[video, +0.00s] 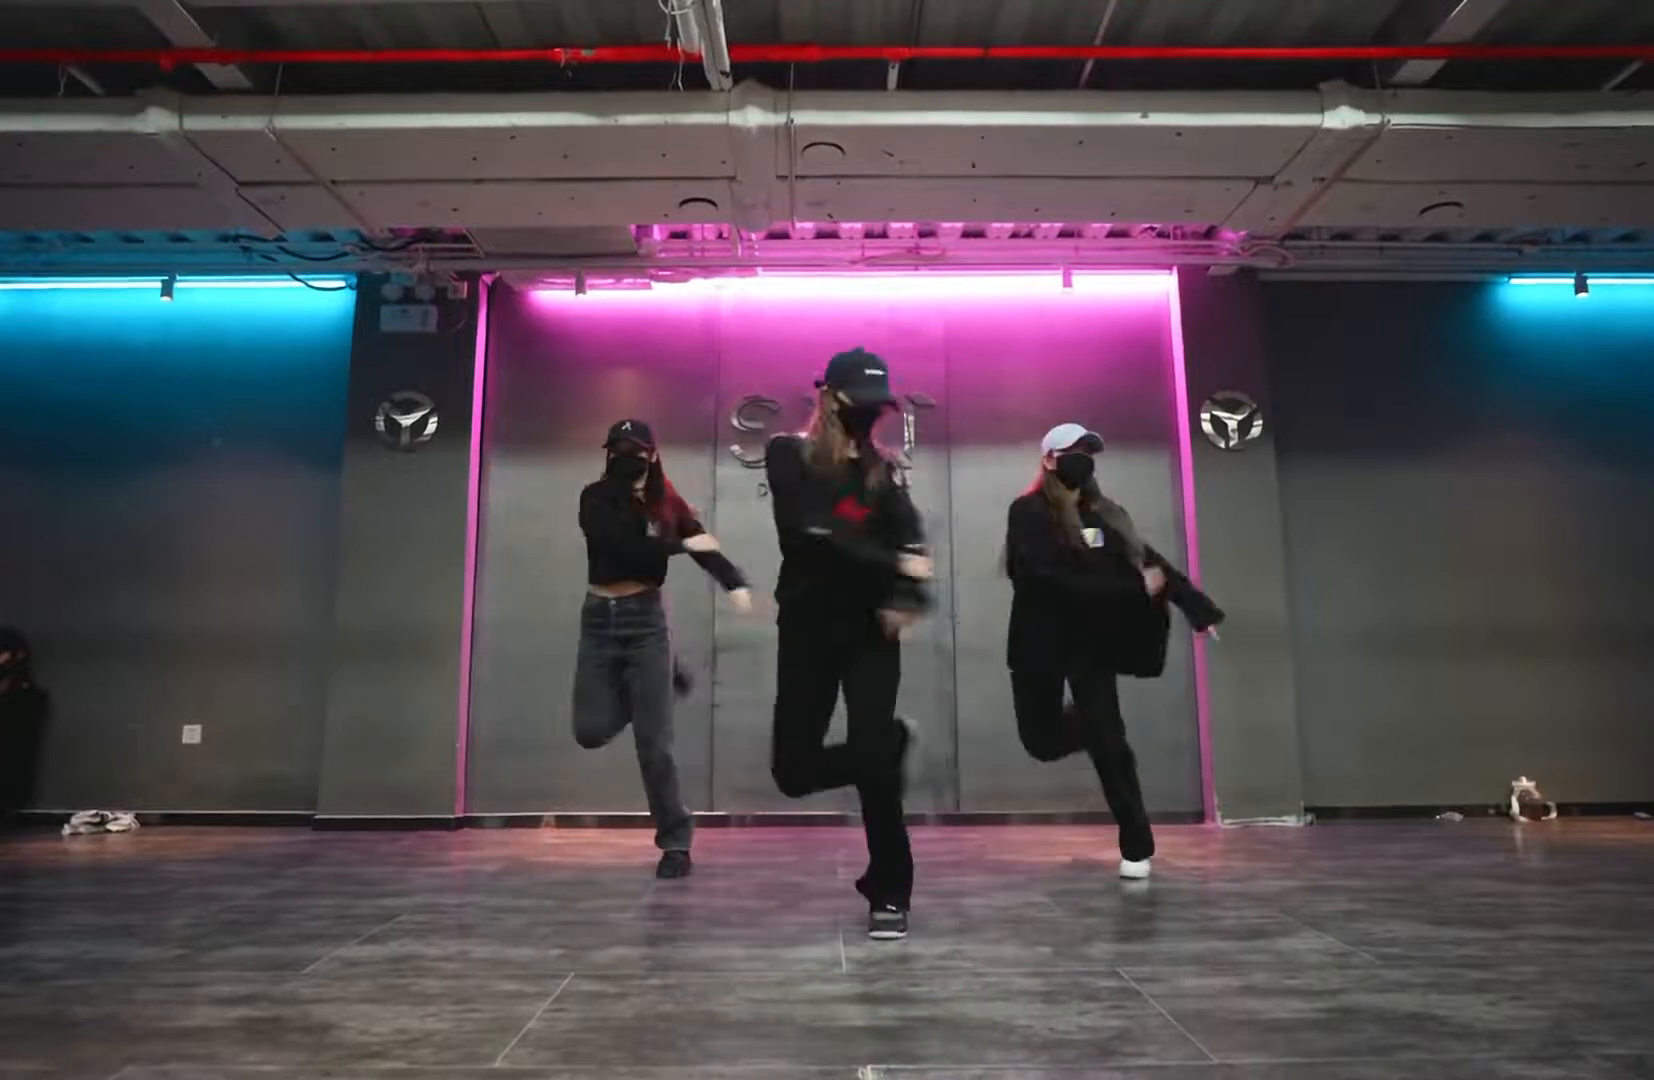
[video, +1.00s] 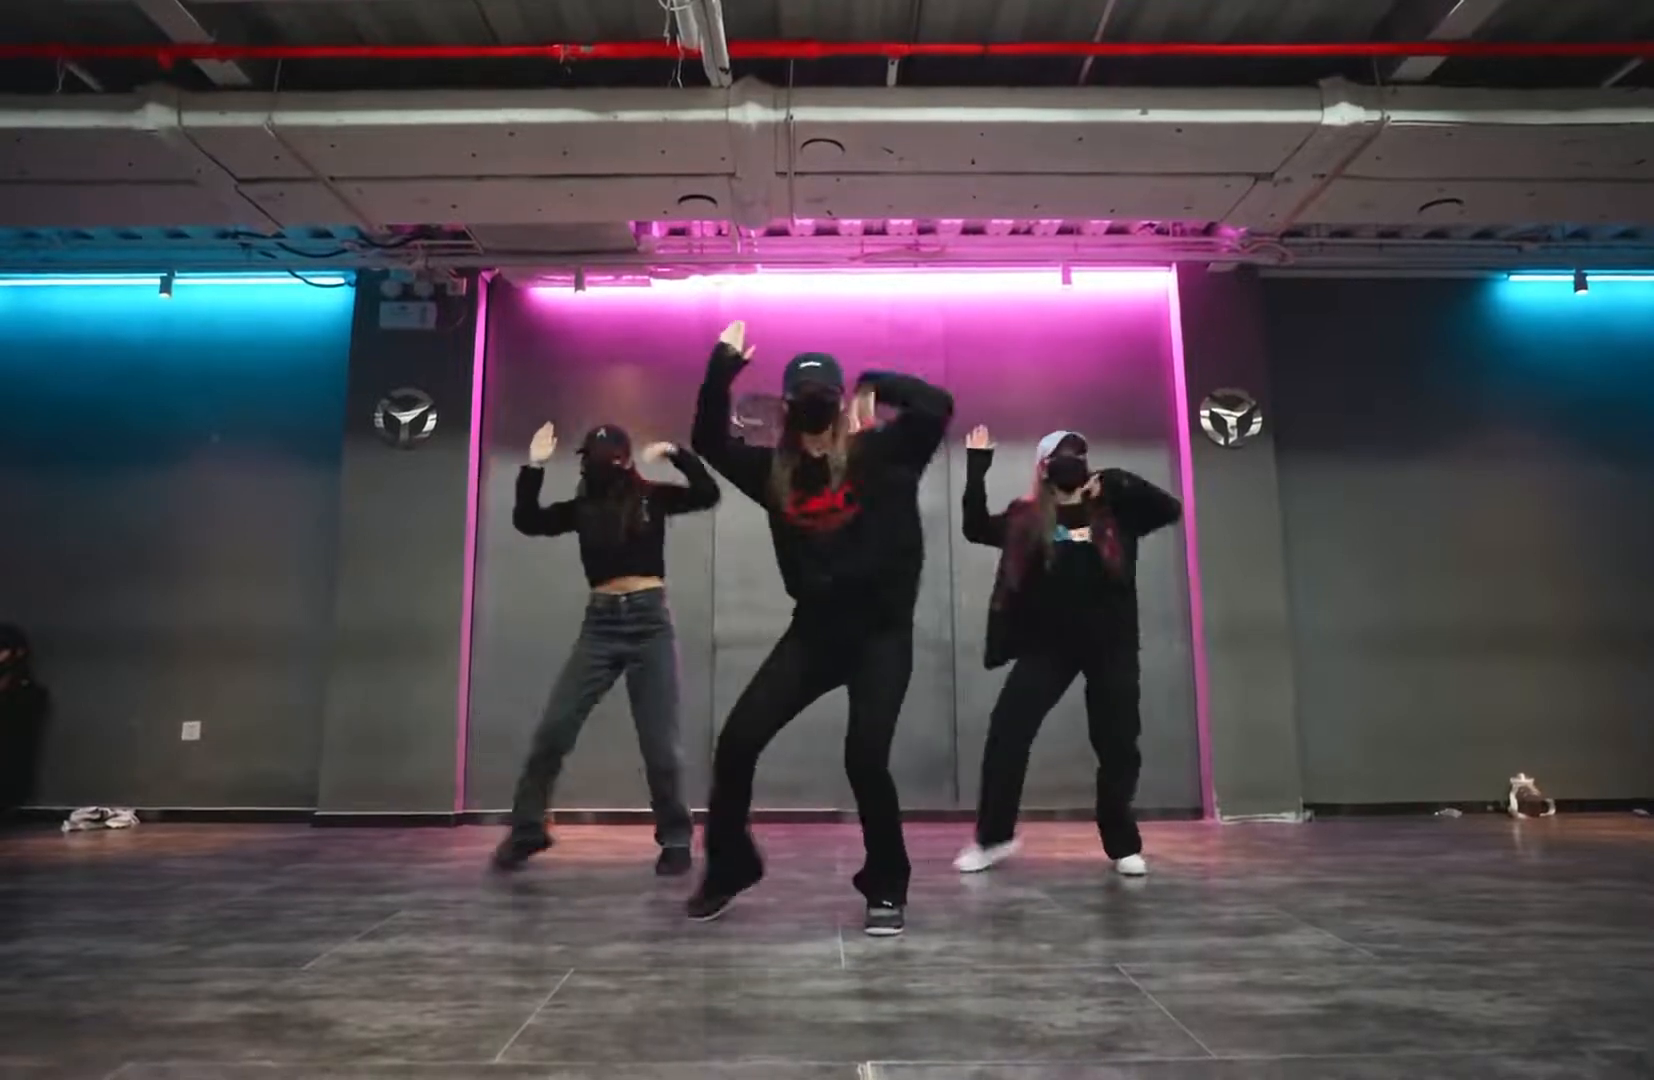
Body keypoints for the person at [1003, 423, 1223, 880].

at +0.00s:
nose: (1084, 466)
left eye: (1088, 459)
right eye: (1074, 458)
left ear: (1094, 463)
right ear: (1050, 460)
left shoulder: (1102, 513)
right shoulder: (1029, 510)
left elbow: (1146, 562)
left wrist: (1197, 607)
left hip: (1088, 642)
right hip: (1038, 645)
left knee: (1106, 740)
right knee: (1042, 741)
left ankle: (1136, 849)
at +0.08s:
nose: (1062, 463)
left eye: (1069, 456)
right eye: (1052, 455)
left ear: (1079, 460)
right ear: (1033, 458)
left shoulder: (1093, 506)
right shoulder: (1014, 509)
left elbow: (1127, 563)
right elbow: (1022, 571)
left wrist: (1158, 621)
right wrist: (1097, 579)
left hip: (1082, 637)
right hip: (1028, 637)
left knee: (1105, 742)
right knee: (1004, 729)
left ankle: (1135, 849)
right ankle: (1060, 729)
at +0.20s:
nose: (1009, 468)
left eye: (1018, 459)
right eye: (1006, 460)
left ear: (1044, 459)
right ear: (1008, 460)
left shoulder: (1065, 503)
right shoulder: (998, 510)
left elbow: (1055, 558)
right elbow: (977, 569)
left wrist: (995, 555)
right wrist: (1022, 546)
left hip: (1062, 638)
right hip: (1006, 638)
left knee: (1091, 743)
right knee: (968, 738)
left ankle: (1131, 848)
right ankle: (956, 841)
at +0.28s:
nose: (995, 473)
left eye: (1003, 465)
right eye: (993, 466)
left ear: (1030, 465)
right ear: (1008, 468)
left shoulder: (1050, 508)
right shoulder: (995, 526)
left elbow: (992, 517)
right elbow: (945, 559)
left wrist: (928, 503)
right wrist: (931, 513)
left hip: (1052, 642)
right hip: (998, 644)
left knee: (1081, 746)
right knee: (962, 745)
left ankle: (1125, 851)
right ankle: (951, 850)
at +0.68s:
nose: (1026, 470)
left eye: (1031, 463)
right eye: (1015, 466)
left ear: (1043, 464)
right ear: (996, 472)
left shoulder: (1061, 497)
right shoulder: (986, 520)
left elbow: (1043, 509)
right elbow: (935, 542)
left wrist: (987, 504)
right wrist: (933, 488)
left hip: (1067, 636)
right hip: (1011, 640)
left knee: (1092, 741)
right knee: (970, 734)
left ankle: (1122, 849)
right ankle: (954, 847)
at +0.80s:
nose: (1044, 465)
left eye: (1048, 456)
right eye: (1036, 459)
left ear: (1017, 462)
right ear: (1023, 467)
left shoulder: (1080, 499)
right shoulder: (999, 519)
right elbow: (946, 529)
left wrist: (1038, 494)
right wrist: (948, 475)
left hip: (1083, 637)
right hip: (1025, 639)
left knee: (1102, 741)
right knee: (985, 736)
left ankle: (1123, 849)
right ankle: (952, 846)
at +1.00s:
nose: (1069, 481)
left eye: (1077, 472)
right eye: (1060, 472)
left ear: (1088, 476)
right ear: (1043, 474)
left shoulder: (1116, 518)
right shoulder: (1026, 520)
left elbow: (1168, 510)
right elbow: (975, 527)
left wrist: (1112, 482)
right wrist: (977, 467)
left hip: (1110, 650)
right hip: (1048, 649)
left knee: (1118, 745)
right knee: (1007, 731)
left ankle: (1124, 848)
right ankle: (995, 836)